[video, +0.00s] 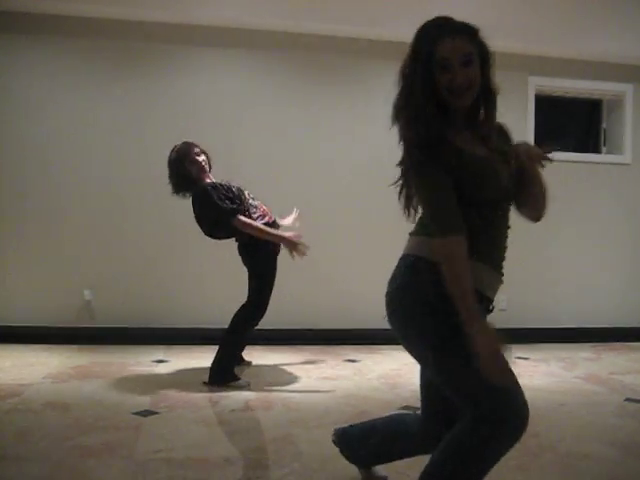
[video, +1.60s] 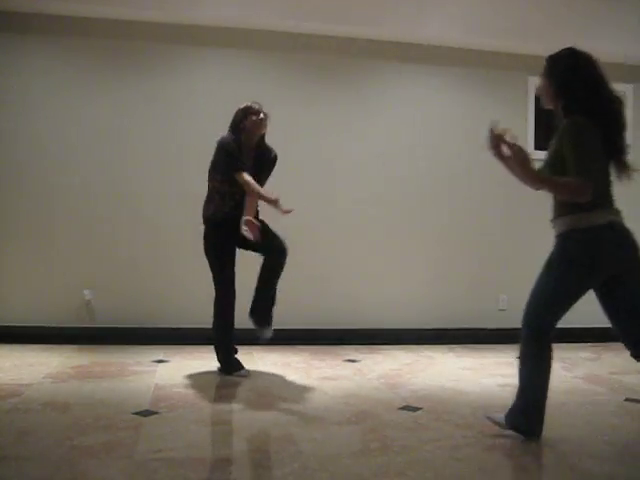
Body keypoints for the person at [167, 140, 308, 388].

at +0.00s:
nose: (200, 158)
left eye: (200, 153)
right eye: (192, 158)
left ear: (207, 157)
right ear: (184, 169)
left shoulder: (213, 189)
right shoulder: (207, 194)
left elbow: (249, 213)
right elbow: (242, 224)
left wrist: (278, 224)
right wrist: (283, 237)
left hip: (258, 243)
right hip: (256, 246)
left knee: (256, 304)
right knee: (255, 307)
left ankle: (231, 353)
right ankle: (220, 372)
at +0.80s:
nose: (185, 153)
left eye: (179, 155)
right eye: (182, 161)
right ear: (190, 175)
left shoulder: (216, 172)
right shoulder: (213, 179)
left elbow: (210, 220)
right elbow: (210, 220)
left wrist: (237, 241)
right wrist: (237, 241)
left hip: (260, 233)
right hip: (257, 237)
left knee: (253, 301)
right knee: (253, 303)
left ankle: (230, 354)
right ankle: (223, 369)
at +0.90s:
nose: (199, 132)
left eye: (193, 132)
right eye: (193, 138)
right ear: (198, 154)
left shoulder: (232, 154)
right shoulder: (219, 167)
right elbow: (206, 209)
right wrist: (228, 243)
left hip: (254, 234)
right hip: (245, 237)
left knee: (252, 297)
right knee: (251, 298)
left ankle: (230, 356)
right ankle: (226, 366)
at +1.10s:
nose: (239, 117)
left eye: (238, 113)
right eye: (230, 117)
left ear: (247, 119)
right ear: (224, 133)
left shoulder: (258, 152)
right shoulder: (222, 162)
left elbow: (259, 187)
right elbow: (207, 203)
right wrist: (198, 239)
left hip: (244, 236)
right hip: (224, 237)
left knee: (231, 294)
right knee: (244, 292)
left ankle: (225, 357)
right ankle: (237, 359)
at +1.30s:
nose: (257, 117)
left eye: (258, 112)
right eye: (249, 115)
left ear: (264, 120)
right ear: (238, 125)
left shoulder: (266, 152)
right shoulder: (228, 153)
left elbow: (289, 185)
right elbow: (194, 177)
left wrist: (294, 200)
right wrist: (194, 205)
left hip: (245, 231)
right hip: (217, 232)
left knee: (267, 288)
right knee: (231, 298)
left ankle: (233, 320)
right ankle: (234, 363)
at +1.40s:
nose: (260, 117)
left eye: (262, 113)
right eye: (252, 114)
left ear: (266, 121)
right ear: (240, 124)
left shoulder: (268, 156)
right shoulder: (225, 150)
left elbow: (271, 199)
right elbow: (207, 188)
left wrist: (254, 226)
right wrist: (236, 222)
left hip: (245, 226)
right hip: (218, 227)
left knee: (284, 270)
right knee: (229, 292)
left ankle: (245, 283)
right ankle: (225, 361)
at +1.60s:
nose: (260, 118)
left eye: (263, 114)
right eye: (253, 114)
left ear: (267, 123)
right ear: (241, 123)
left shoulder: (266, 154)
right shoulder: (227, 145)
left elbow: (252, 190)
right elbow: (241, 177)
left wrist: (248, 218)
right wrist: (270, 198)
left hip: (245, 222)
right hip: (219, 224)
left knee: (277, 250)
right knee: (225, 292)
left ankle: (261, 314)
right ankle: (226, 359)